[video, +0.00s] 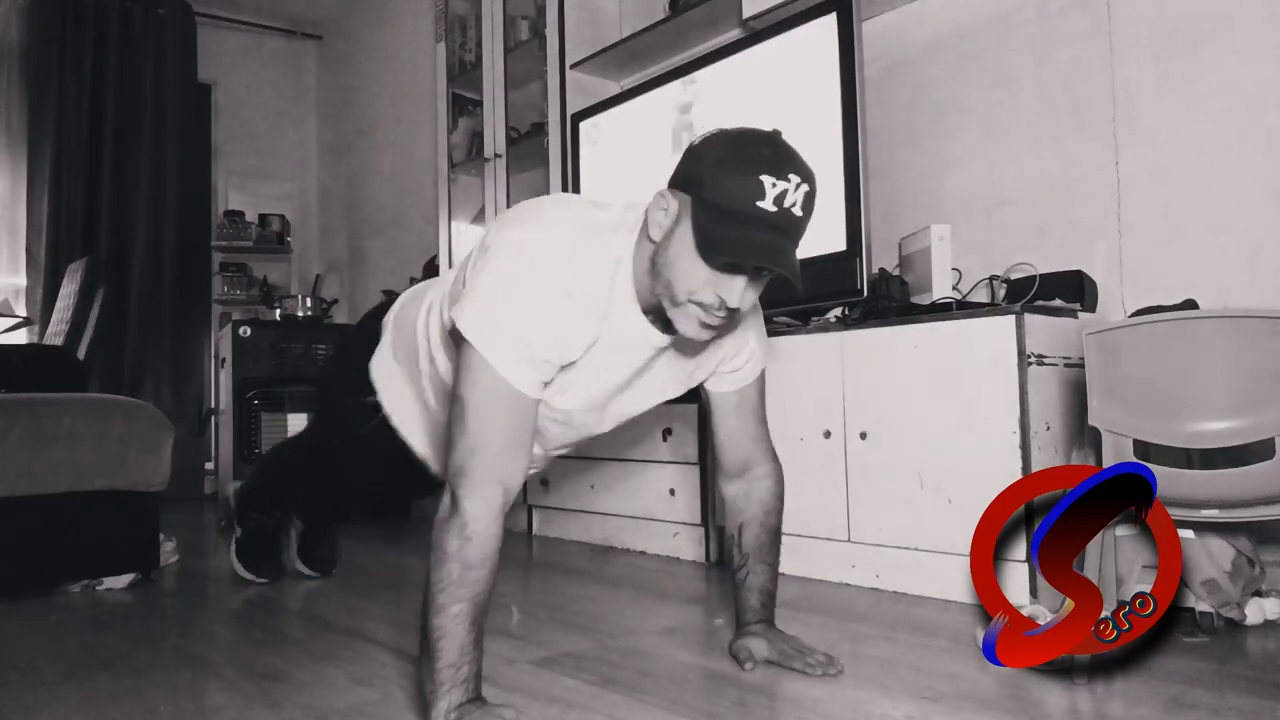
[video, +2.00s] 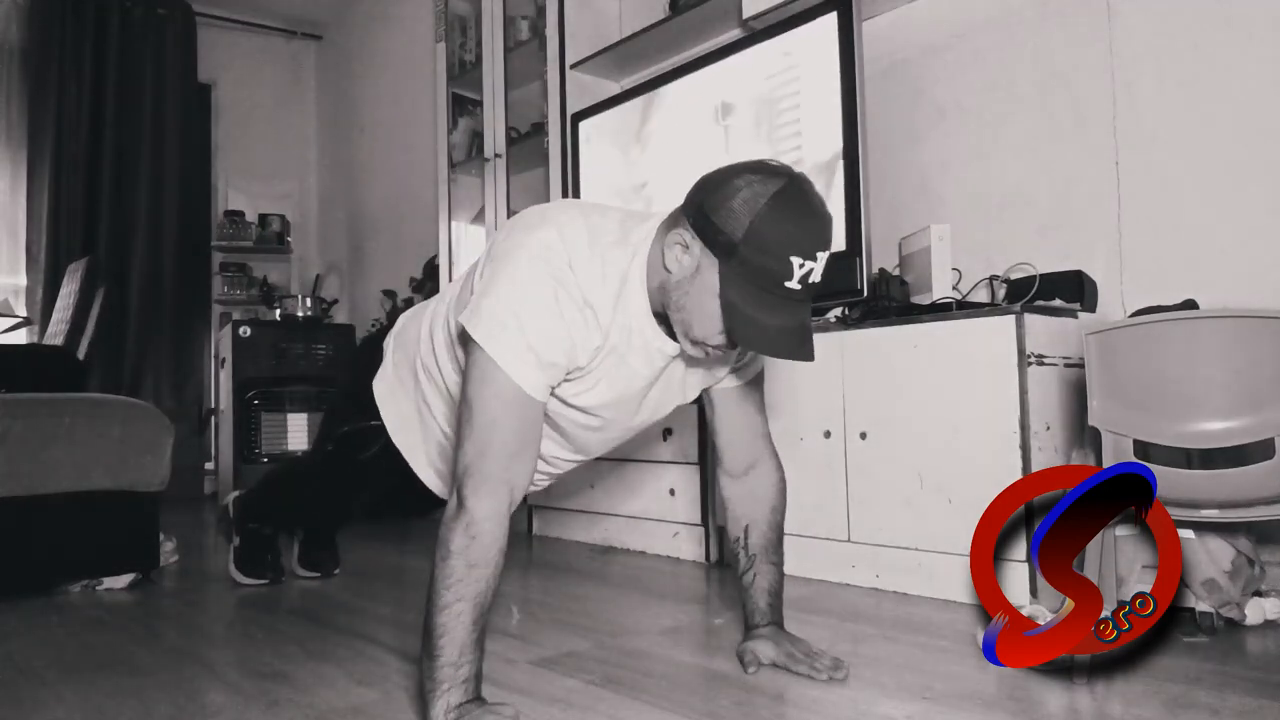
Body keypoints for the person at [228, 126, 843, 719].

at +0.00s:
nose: (733, 296)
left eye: (758, 275)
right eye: (721, 259)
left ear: (778, 267)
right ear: (666, 216)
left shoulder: (732, 320)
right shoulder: (539, 260)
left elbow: (748, 471)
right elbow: (476, 499)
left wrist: (757, 624)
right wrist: (453, 702)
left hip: (479, 445)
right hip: (395, 391)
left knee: (375, 496)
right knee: (314, 471)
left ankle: (315, 520)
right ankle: (254, 511)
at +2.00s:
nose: (741, 349)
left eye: (758, 334)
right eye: (736, 319)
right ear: (683, 252)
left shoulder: (725, 318)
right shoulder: (546, 261)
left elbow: (751, 471)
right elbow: (481, 498)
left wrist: (764, 629)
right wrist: (449, 705)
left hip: (496, 456)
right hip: (412, 404)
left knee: (375, 495)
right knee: (321, 479)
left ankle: (314, 521)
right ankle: (249, 519)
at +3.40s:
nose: (753, 353)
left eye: (765, 335)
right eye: (745, 324)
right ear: (686, 264)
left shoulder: (724, 329)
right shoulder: (546, 276)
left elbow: (749, 468)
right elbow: (449, 502)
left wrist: (766, 627)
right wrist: (449, 697)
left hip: (485, 451)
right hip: (402, 411)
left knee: (368, 492)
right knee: (319, 483)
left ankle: (314, 524)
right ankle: (251, 522)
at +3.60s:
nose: (776, 534)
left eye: (795, 520)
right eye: (775, 510)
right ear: (742, 445)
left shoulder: (780, 409)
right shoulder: (585, 401)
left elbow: (776, 513)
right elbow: (396, 528)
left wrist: (765, 625)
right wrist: (446, 702)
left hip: (523, 483)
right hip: (432, 438)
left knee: (358, 509)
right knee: (324, 494)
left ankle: (303, 543)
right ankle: (255, 521)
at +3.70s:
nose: (809, 624)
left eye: (830, 608)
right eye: (807, 599)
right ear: (757, 531)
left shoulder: (800, 482)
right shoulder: (615, 467)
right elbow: (394, 528)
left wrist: (771, 637)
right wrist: (444, 702)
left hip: (528, 485)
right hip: (430, 469)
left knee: (354, 532)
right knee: (321, 519)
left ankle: (277, 533)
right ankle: (254, 521)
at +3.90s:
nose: (842, 698)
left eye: (863, 680)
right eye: (840, 670)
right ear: (781, 595)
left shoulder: (825, 520)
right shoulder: (629, 533)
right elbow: (402, 533)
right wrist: (444, 702)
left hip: (550, 498)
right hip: (450, 540)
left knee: (388, 509)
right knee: (345, 538)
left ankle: (318, 496)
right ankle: (273, 517)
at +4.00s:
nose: (832, 654)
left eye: (851, 635)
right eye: (832, 627)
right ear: (776, 555)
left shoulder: (811, 506)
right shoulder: (626, 505)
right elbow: (395, 533)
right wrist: (446, 702)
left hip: (546, 489)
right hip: (446, 514)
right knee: (324, 532)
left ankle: (286, 524)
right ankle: (263, 529)